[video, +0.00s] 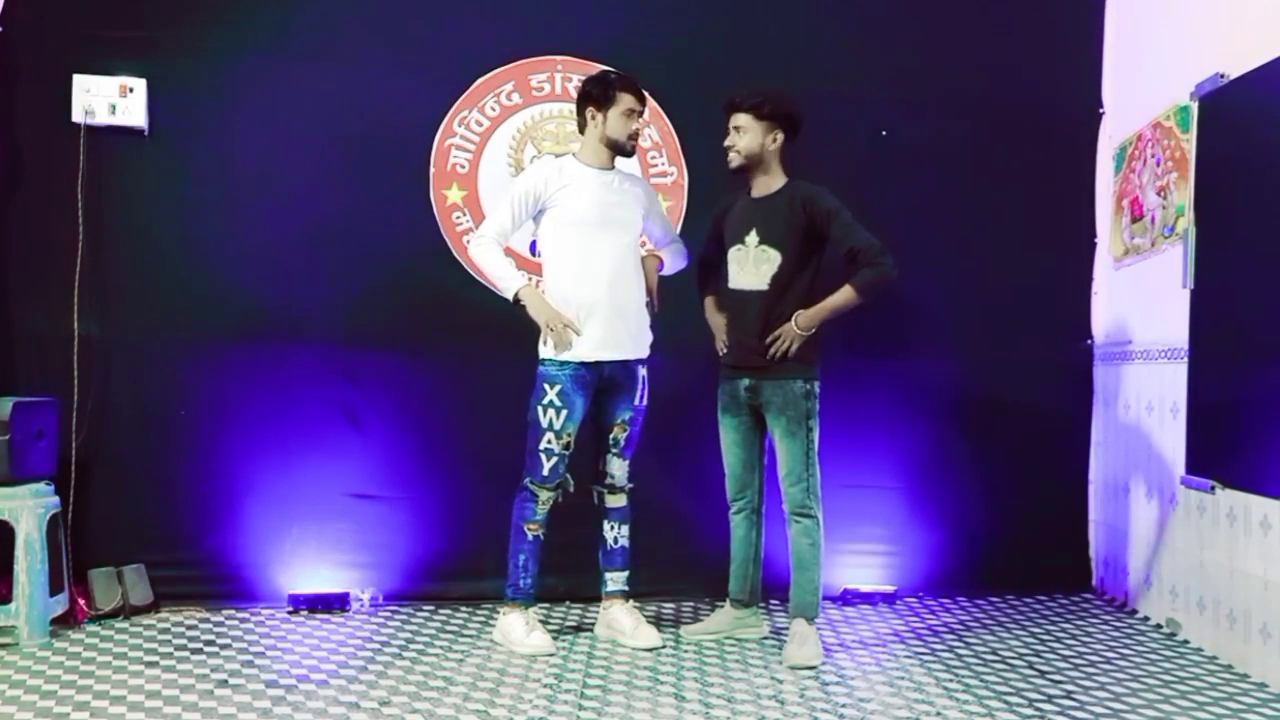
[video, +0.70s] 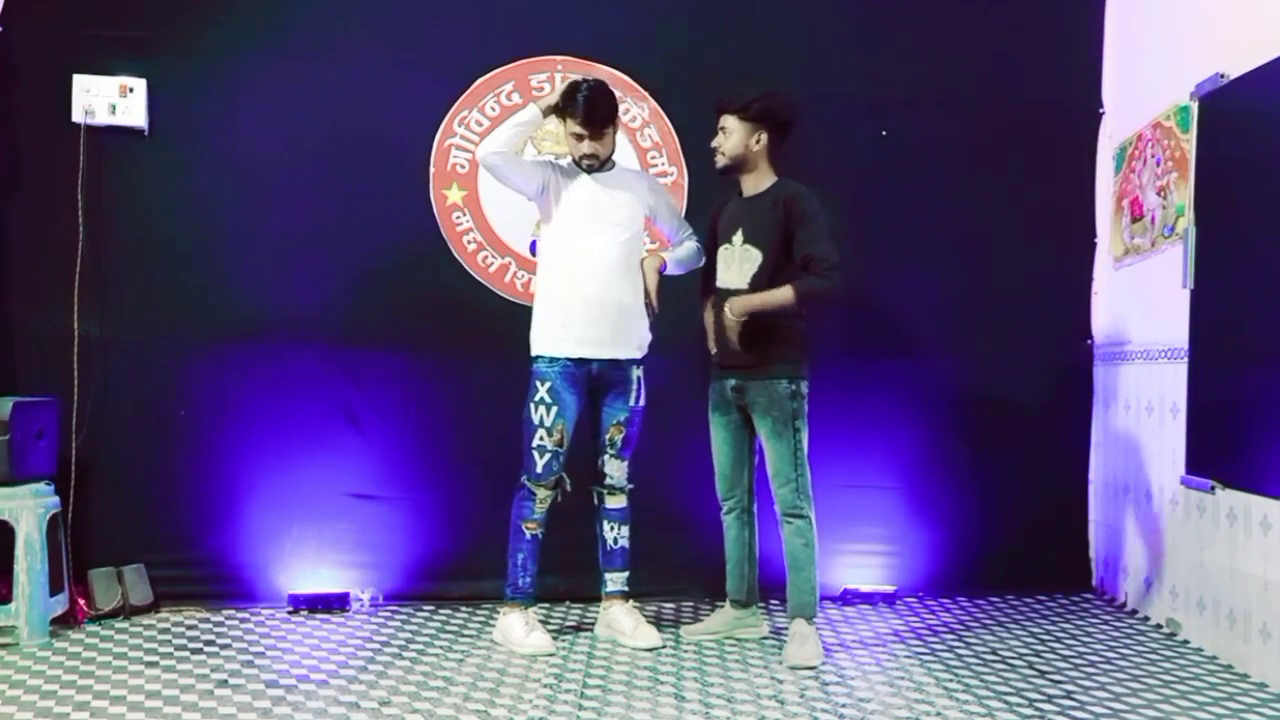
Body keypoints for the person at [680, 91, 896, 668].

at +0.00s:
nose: (729, 140)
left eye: (739, 131)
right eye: (728, 132)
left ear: (774, 138)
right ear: (740, 143)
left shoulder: (811, 202)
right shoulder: (730, 210)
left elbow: (876, 267)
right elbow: (706, 271)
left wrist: (812, 316)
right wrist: (716, 316)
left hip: (789, 375)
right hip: (735, 375)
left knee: (800, 503)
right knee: (740, 498)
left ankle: (803, 622)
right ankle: (742, 609)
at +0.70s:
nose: (714, 142)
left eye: (725, 132)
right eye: (716, 132)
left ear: (759, 139)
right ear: (745, 142)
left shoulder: (796, 202)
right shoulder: (721, 211)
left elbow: (825, 279)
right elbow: (711, 281)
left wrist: (748, 302)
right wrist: (711, 317)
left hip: (777, 377)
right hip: (724, 378)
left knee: (790, 503)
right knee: (733, 499)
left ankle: (802, 622)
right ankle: (741, 609)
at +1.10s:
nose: (702, 145)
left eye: (712, 136)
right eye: (702, 136)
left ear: (747, 143)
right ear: (724, 146)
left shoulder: (773, 206)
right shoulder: (724, 209)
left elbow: (739, 286)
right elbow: (713, 278)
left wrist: (672, 257)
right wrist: (665, 254)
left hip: (762, 370)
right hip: (722, 371)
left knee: (752, 487)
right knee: (726, 493)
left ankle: (797, 615)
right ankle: (741, 610)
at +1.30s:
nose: (697, 150)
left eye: (709, 139)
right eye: (693, 140)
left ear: (742, 145)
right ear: (696, 146)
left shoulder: (766, 199)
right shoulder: (713, 208)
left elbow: (713, 236)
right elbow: (672, 239)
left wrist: (645, 187)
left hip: (764, 371)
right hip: (727, 371)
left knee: (762, 499)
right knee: (730, 498)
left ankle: (759, 634)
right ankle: (738, 609)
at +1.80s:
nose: (680, 139)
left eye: (687, 128)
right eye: (681, 128)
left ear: (716, 133)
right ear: (712, 134)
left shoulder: (762, 192)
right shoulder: (716, 195)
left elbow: (762, 276)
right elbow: (715, 266)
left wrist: (692, 253)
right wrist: (668, 248)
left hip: (763, 370)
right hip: (730, 369)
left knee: (761, 500)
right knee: (728, 496)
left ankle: (762, 638)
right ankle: (738, 613)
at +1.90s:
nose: (680, 137)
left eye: (686, 126)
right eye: (681, 127)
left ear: (715, 131)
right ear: (715, 132)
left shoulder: (763, 195)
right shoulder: (725, 199)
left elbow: (782, 283)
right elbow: (722, 279)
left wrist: (702, 291)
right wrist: (666, 289)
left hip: (757, 372)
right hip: (727, 371)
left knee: (758, 501)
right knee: (729, 500)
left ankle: (761, 638)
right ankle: (739, 614)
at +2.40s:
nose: (705, 137)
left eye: (717, 126)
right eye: (702, 127)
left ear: (749, 129)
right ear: (705, 132)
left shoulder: (762, 177)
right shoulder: (727, 192)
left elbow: (788, 212)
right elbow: (708, 268)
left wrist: (713, 238)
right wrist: (666, 260)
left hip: (731, 363)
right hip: (707, 363)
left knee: (730, 497)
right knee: (716, 496)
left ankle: (755, 636)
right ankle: (735, 613)